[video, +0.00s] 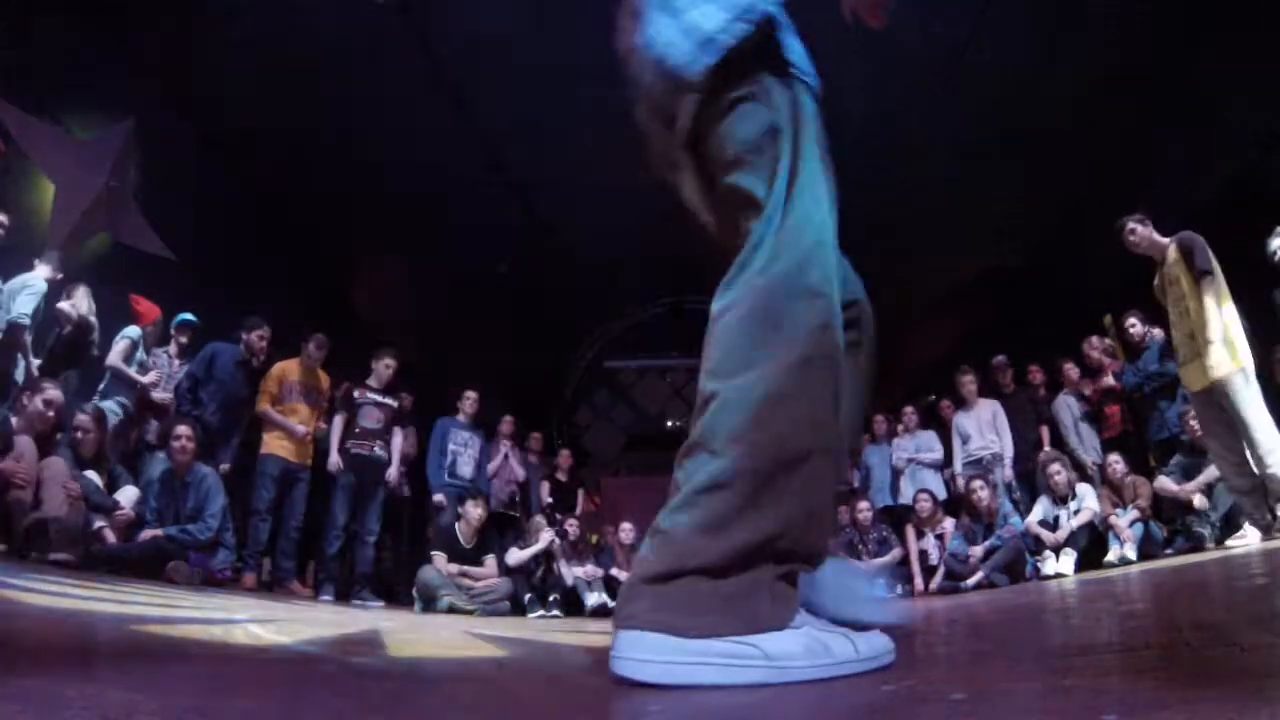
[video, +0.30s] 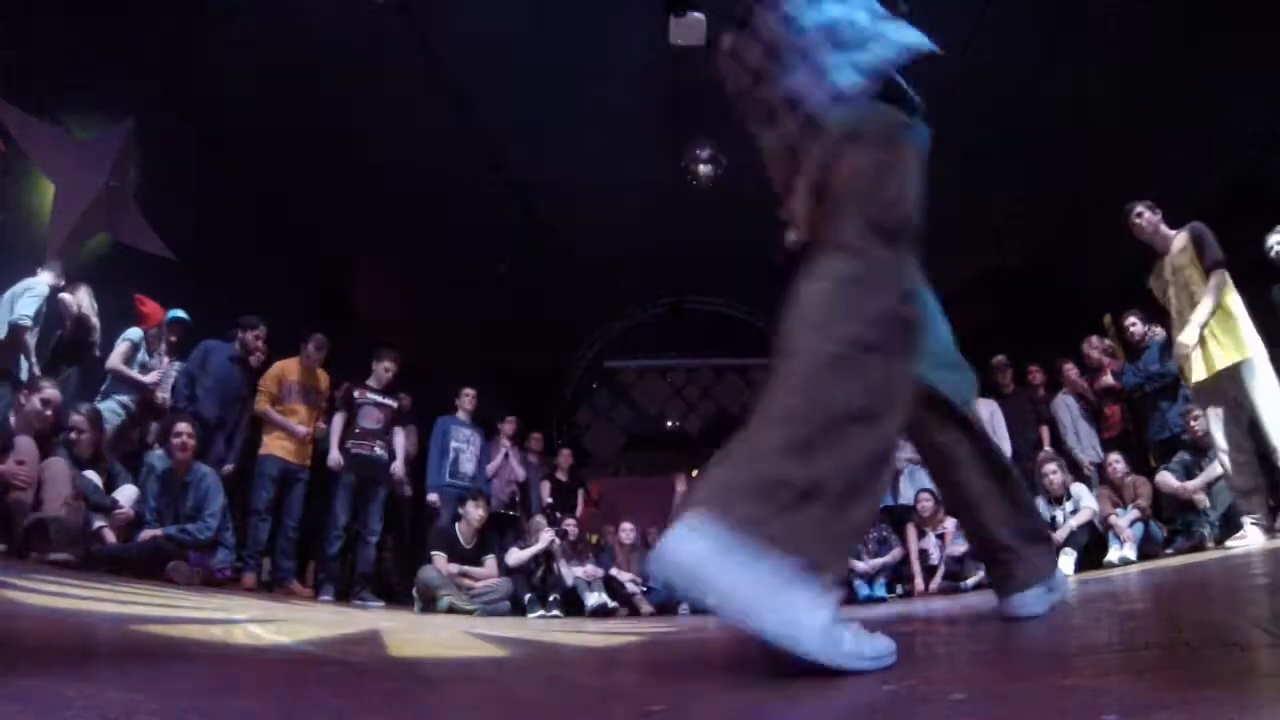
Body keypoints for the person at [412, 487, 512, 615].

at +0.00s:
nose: (480, 513)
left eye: (483, 508)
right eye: (475, 506)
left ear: (487, 513)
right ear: (460, 509)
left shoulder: (485, 536)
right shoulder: (444, 532)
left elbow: (493, 572)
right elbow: (441, 569)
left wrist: (461, 569)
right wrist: (474, 584)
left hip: (478, 590)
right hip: (448, 588)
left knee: (506, 585)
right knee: (426, 573)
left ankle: (454, 604)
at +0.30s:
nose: (481, 513)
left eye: (484, 509)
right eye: (476, 507)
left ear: (488, 512)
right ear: (461, 509)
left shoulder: (485, 537)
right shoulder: (442, 533)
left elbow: (492, 572)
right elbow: (442, 569)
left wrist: (461, 569)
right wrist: (474, 584)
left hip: (477, 590)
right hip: (447, 588)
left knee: (506, 585)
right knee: (426, 573)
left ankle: (455, 604)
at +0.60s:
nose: (480, 513)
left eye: (484, 509)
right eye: (475, 507)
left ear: (487, 512)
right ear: (461, 510)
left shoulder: (485, 537)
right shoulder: (442, 531)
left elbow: (492, 572)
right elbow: (441, 569)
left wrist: (461, 569)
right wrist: (474, 584)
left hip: (477, 590)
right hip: (447, 588)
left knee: (507, 585)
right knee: (426, 573)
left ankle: (456, 604)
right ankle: (477, 609)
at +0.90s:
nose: (481, 513)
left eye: (484, 509)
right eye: (475, 507)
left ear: (487, 512)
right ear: (460, 510)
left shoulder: (485, 536)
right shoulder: (442, 531)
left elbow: (493, 572)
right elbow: (442, 569)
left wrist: (461, 569)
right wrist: (474, 584)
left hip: (477, 589)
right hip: (447, 587)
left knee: (507, 585)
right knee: (426, 573)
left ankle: (455, 604)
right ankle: (475, 609)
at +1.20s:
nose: (481, 513)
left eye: (484, 509)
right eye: (476, 507)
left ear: (487, 512)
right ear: (461, 510)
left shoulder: (485, 537)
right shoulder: (442, 532)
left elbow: (493, 572)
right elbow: (441, 569)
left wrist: (461, 569)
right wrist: (474, 584)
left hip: (477, 589)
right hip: (448, 587)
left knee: (507, 584)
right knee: (426, 573)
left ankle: (455, 604)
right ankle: (476, 609)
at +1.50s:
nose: (483, 514)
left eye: (485, 509)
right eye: (477, 508)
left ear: (488, 511)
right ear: (462, 510)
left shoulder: (486, 537)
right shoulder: (442, 532)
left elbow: (493, 572)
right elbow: (442, 570)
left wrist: (461, 569)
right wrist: (474, 584)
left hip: (477, 590)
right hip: (447, 588)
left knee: (507, 585)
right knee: (426, 573)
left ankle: (455, 604)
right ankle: (476, 609)